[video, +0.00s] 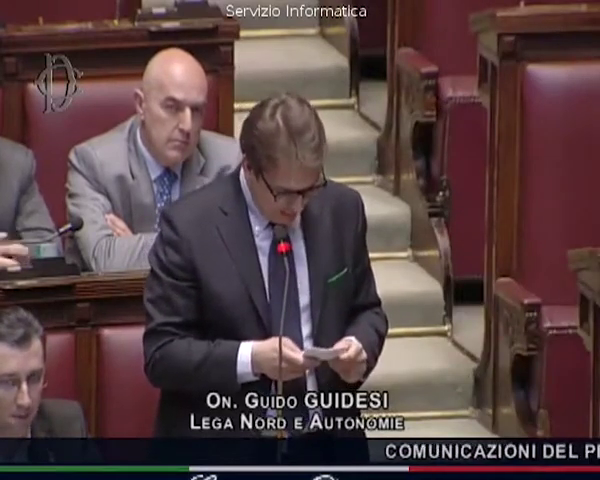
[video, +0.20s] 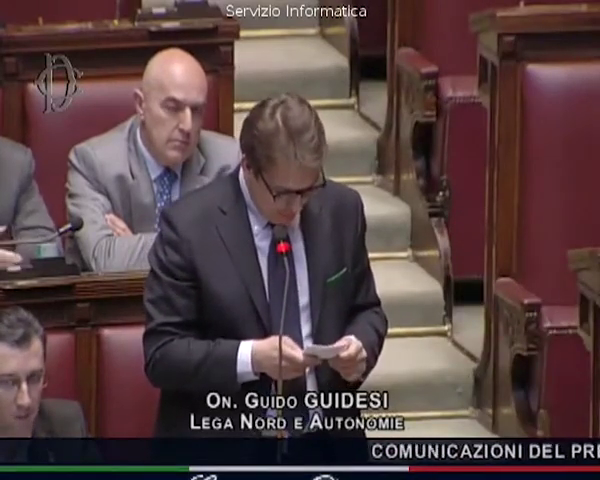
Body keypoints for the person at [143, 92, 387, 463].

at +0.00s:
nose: (297, 207)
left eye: (309, 191)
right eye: (284, 193)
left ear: (320, 167)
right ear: (248, 169)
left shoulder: (342, 208)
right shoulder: (187, 223)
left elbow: (369, 312)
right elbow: (162, 354)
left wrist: (360, 345)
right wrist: (250, 359)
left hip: (325, 442)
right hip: (221, 446)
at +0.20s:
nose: (296, 208)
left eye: (308, 192)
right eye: (283, 193)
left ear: (319, 168)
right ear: (247, 168)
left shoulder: (342, 208)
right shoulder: (187, 223)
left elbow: (368, 311)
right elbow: (162, 354)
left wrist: (360, 345)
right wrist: (250, 358)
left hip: (324, 441)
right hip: (221, 445)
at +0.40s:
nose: (296, 207)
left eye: (308, 191)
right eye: (283, 193)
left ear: (319, 168)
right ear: (247, 168)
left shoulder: (341, 208)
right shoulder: (186, 223)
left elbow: (368, 311)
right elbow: (161, 355)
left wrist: (359, 345)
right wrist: (250, 357)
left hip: (323, 441)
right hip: (220, 445)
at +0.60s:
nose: (296, 207)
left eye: (308, 191)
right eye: (284, 193)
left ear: (319, 168)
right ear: (247, 168)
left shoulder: (340, 208)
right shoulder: (186, 224)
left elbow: (366, 309)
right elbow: (161, 355)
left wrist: (359, 346)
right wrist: (250, 356)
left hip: (322, 444)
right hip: (219, 447)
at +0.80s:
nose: (296, 207)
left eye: (308, 191)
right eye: (283, 193)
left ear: (320, 168)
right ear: (247, 167)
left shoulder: (340, 207)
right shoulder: (186, 224)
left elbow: (366, 310)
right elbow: (161, 355)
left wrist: (358, 345)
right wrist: (250, 356)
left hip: (323, 441)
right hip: (219, 444)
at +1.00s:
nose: (295, 208)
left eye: (308, 192)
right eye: (283, 194)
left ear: (320, 170)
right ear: (247, 169)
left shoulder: (340, 208)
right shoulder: (186, 223)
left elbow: (365, 309)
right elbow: (161, 355)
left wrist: (358, 345)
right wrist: (250, 357)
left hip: (323, 440)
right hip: (220, 439)